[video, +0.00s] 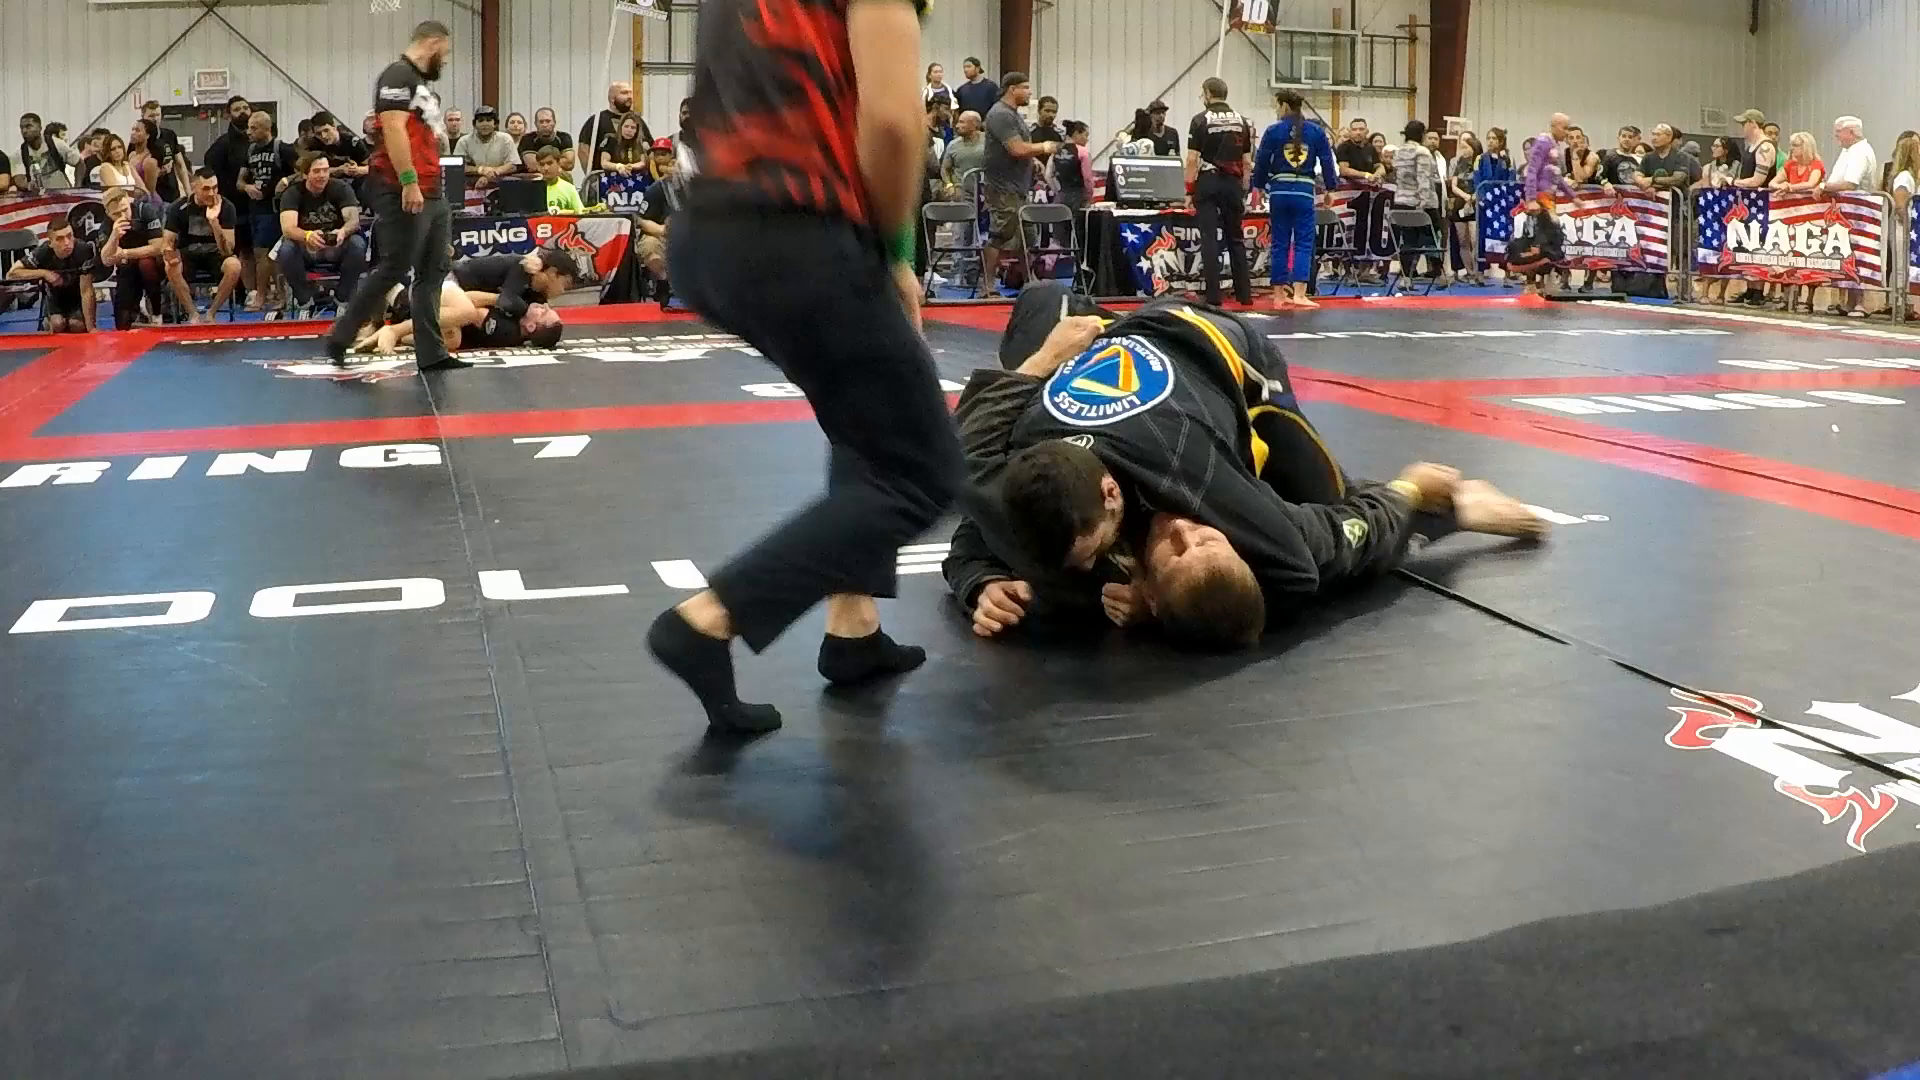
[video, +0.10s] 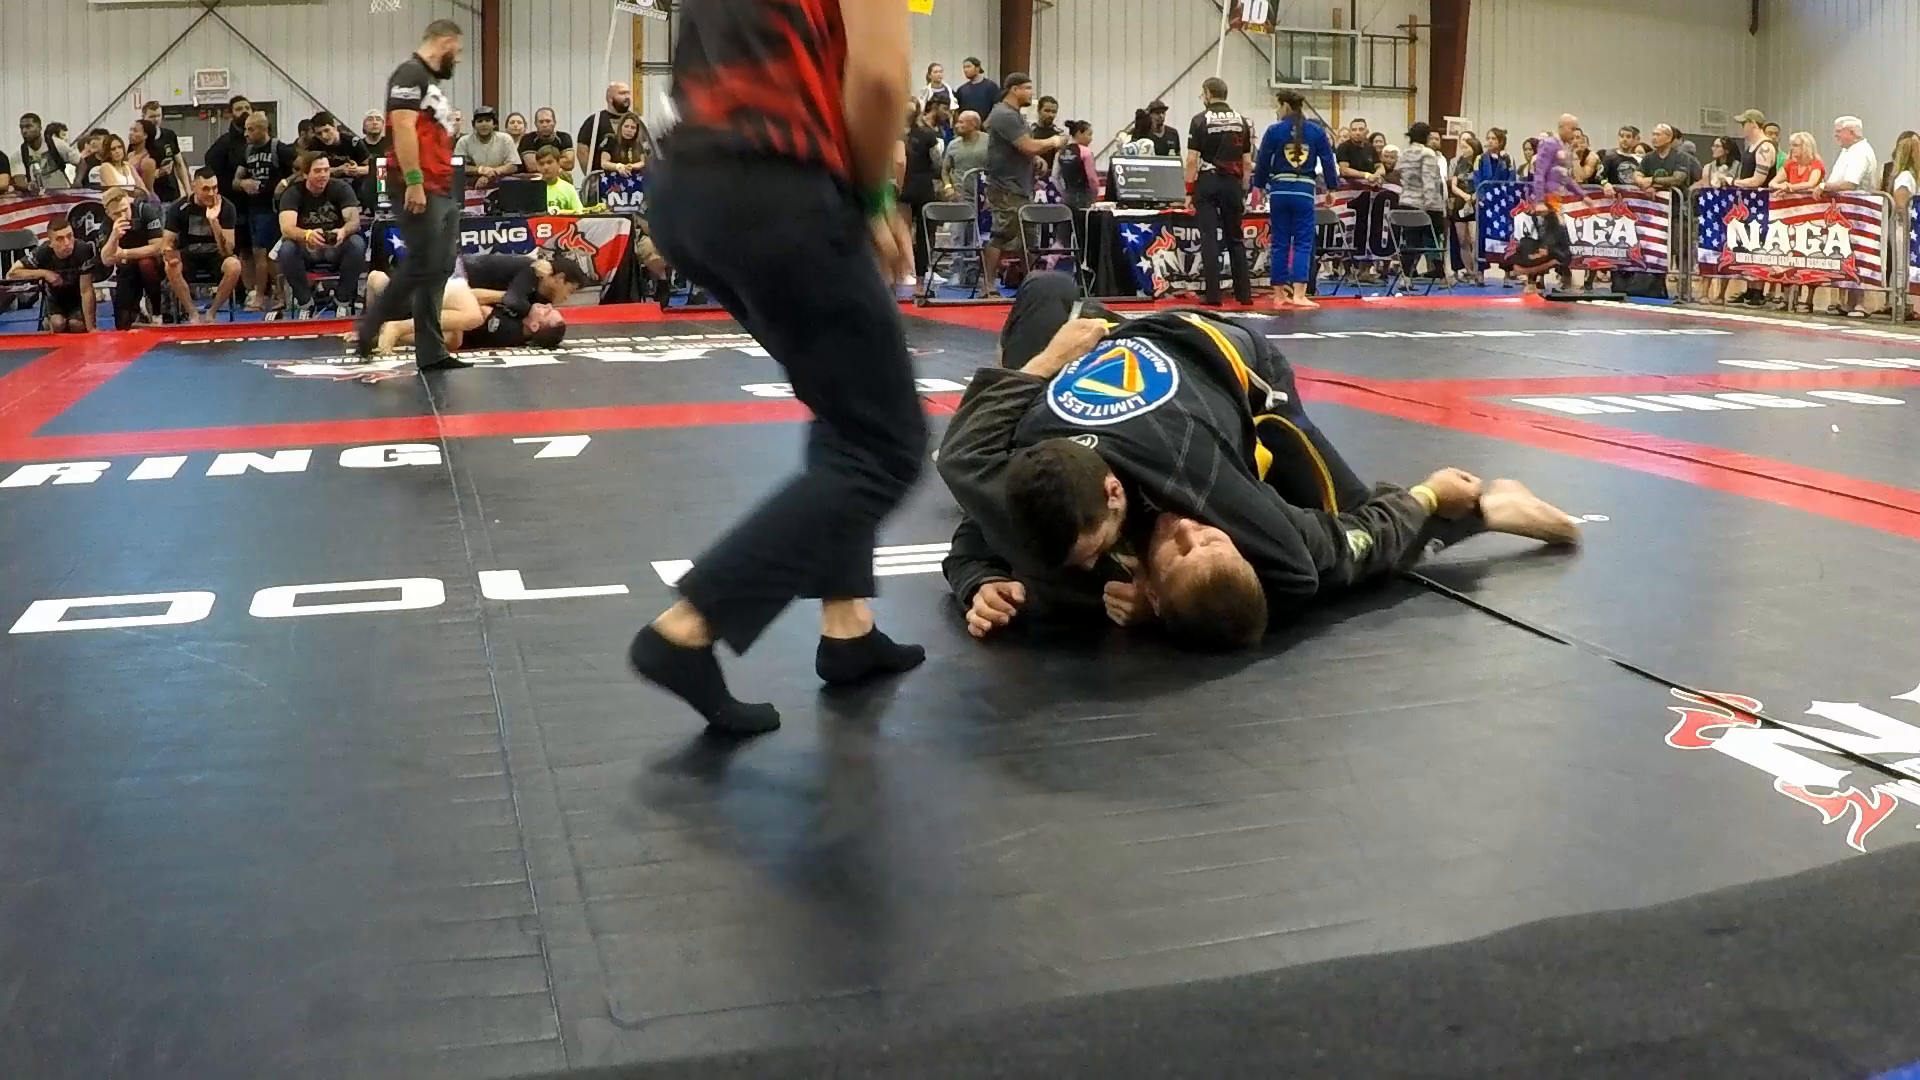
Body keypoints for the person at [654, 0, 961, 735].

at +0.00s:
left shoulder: (733, 9)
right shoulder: (876, 1)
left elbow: (734, 118)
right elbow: (891, 116)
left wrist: (871, 259)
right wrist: (897, 246)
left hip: (709, 230)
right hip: (802, 238)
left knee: (861, 410)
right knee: (921, 476)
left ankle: (853, 627)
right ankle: (703, 620)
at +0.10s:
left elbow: (720, 78)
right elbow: (876, 72)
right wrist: (875, 200)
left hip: (688, 176)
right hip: (783, 186)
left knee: (840, 401)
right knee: (883, 444)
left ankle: (847, 628)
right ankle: (683, 629)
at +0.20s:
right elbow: (862, 20)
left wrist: (861, 132)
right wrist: (844, 133)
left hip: (654, 113)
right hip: (749, 126)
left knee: (800, 387)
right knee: (819, 414)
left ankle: (826, 615)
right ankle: (656, 656)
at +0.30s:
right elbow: (841, 8)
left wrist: (795, 97)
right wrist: (816, 101)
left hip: (627, 97)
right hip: (723, 110)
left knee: (753, 386)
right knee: (750, 416)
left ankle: (779, 613)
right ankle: (638, 680)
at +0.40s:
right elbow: (811, 8)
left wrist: (769, 84)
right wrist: (788, 91)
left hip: (606, 94)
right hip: (697, 108)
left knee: (713, 400)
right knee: (706, 424)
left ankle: (692, 624)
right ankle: (633, 695)